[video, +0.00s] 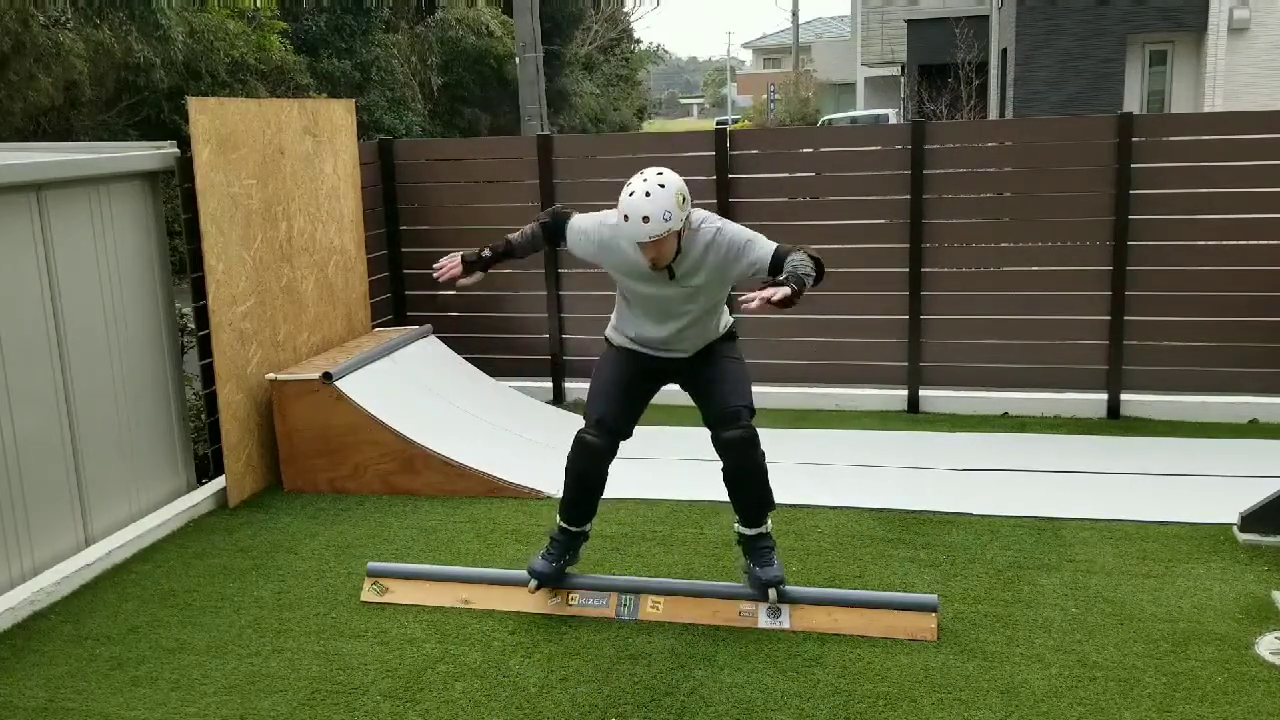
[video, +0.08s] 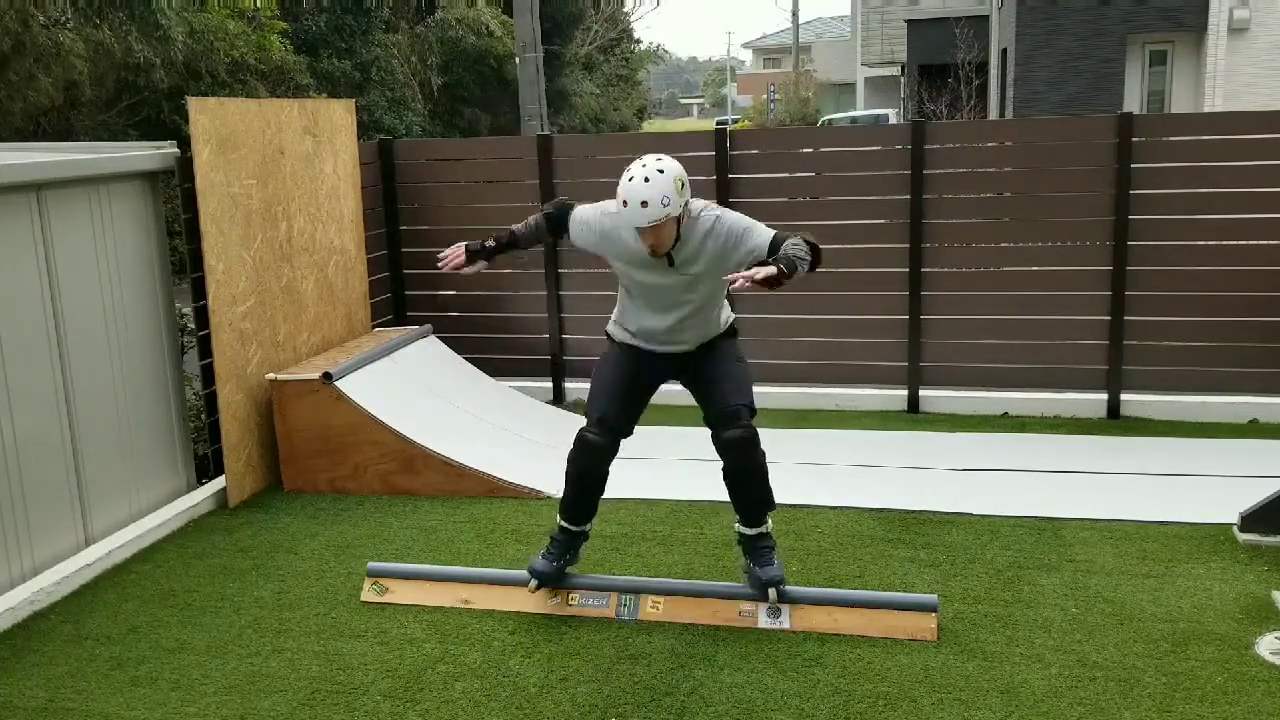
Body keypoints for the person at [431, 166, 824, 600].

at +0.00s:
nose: (651, 254)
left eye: (659, 241)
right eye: (641, 243)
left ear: (683, 225)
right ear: (629, 228)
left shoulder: (721, 239)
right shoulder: (607, 235)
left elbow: (802, 261)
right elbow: (551, 228)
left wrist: (788, 286)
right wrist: (479, 261)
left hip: (709, 345)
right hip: (632, 344)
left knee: (737, 435)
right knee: (595, 440)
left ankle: (760, 549)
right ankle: (566, 541)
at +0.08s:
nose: (646, 238)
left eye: (654, 227)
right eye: (638, 228)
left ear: (681, 213)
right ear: (628, 214)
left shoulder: (719, 227)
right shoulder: (609, 225)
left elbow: (798, 248)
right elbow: (556, 219)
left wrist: (780, 269)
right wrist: (488, 249)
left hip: (709, 341)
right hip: (634, 342)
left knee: (738, 434)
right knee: (596, 439)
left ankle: (760, 548)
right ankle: (565, 542)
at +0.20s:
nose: (636, 159)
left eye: (645, 147)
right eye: (626, 149)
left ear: (669, 129)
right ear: (615, 135)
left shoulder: (710, 139)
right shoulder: (608, 151)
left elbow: (784, 159)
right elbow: (565, 152)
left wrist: (710, 166)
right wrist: (514, 196)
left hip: (715, 305)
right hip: (642, 304)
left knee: (738, 422)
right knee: (604, 416)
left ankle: (761, 539)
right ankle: (576, 533)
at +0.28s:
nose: (636, 145)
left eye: (643, 132)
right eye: (625, 136)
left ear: (666, 112)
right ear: (613, 123)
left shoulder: (704, 123)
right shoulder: (607, 138)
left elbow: (778, 141)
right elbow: (570, 142)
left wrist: (702, 146)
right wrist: (531, 195)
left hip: (714, 291)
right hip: (645, 293)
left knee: (731, 414)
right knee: (618, 407)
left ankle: (758, 527)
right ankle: (600, 523)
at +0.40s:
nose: (626, 151)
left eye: (633, 139)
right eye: (619, 142)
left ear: (659, 125)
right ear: (613, 135)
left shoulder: (699, 142)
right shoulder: (614, 157)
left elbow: (772, 166)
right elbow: (583, 190)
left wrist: (702, 168)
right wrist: (555, 234)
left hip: (712, 307)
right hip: (648, 310)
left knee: (722, 431)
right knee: (635, 419)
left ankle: (755, 531)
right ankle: (659, 519)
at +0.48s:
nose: (625, 165)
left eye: (633, 154)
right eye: (619, 156)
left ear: (658, 141)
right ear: (615, 151)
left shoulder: (701, 168)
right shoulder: (620, 184)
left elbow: (769, 197)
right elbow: (598, 225)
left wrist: (700, 199)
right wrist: (568, 267)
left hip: (712, 332)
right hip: (651, 333)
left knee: (719, 447)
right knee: (641, 432)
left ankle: (760, 532)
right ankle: (677, 520)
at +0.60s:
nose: (617, 168)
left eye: (624, 156)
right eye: (611, 159)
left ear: (650, 142)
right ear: (607, 152)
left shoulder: (697, 173)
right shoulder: (623, 185)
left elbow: (752, 235)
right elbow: (637, 244)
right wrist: (617, 292)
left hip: (713, 330)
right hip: (653, 331)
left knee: (711, 443)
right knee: (632, 427)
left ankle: (753, 532)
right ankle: (670, 521)